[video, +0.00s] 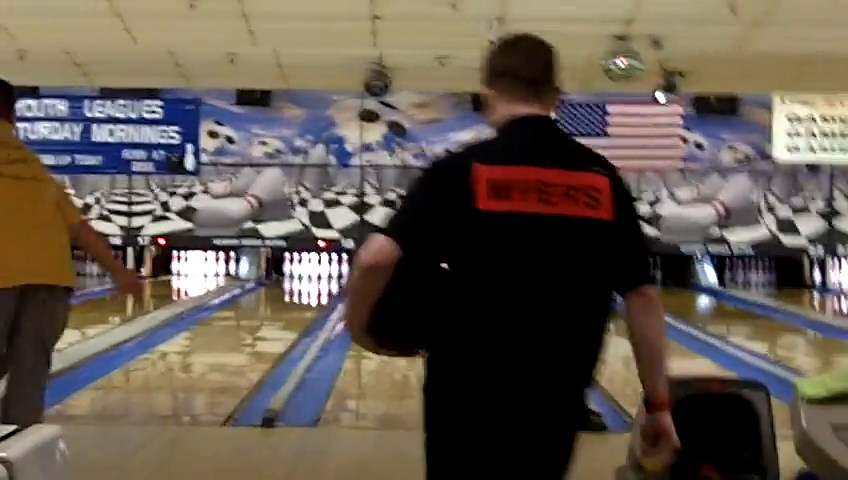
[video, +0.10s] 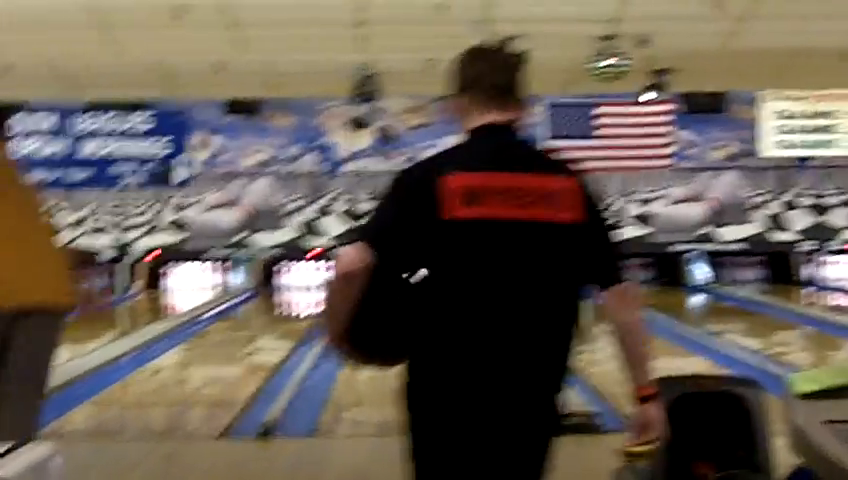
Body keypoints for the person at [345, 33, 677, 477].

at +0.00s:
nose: (489, 103)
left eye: (487, 95)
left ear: (488, 97)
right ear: (555, 98)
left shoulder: (457, 171)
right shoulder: (603, 179)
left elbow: (374, 258)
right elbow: (643, 296)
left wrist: (357, 325)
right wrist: (658, 404)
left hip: (464, 399)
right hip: (555, 405)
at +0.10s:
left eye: (457, 99)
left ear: (461, 104)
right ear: (519, 103)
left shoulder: (426, 180)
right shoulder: (567, 185)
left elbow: (352, 265)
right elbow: (619, 297)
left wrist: (337, 329)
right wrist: (647, 392)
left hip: (444, 397)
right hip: (530, 400)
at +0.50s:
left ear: (367, 106)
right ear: (432, 109)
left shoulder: (325, 177)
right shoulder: (461, 187)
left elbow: (256, 267)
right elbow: (497, 301)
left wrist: (240, 319)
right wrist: (506, 383)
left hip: (333, 392)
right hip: (419, 397)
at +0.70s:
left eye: (344, 113)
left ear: (346, 118)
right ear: (409, 120)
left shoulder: (302, 186)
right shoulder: (435, 197)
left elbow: (227, 272)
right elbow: (459, 317)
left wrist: (214, 318)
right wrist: (443, 363)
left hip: (306, 390)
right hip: (391, 396)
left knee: (307, 473)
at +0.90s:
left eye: (333, 117)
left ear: (333, 121)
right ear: (394, 123)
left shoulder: (286, 185)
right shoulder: (416, 199)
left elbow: (205, 270)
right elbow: (435, 314)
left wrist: (208, 308)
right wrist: (413, 355)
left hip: (286, 381)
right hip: (367, 386)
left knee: (291, 470)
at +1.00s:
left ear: (333, 123)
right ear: (394, 126)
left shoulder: (285, 184)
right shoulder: (412, 201)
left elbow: (202, 267)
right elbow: (431, 316)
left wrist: (223, 310)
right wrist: (417, 345)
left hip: (278, 383)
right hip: (359, 389)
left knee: (285, 477)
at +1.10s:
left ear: (337, 123)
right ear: (396, 129)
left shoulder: (288, 178)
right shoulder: (414, 200)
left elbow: (202, 252)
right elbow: (428, 316)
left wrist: (204, 300)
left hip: (276, 385)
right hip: (356, 392)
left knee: (286, 478)